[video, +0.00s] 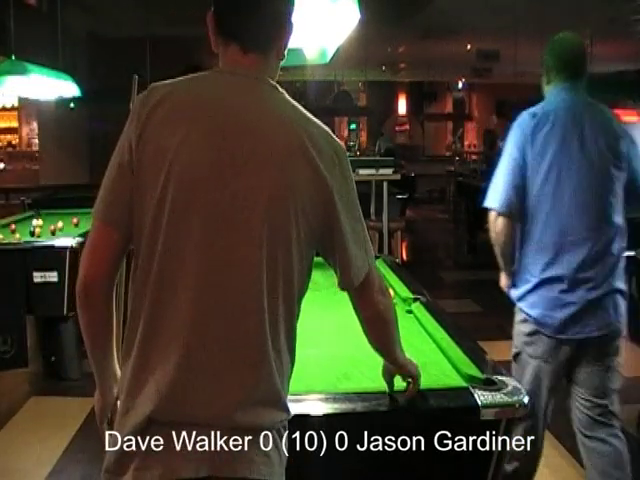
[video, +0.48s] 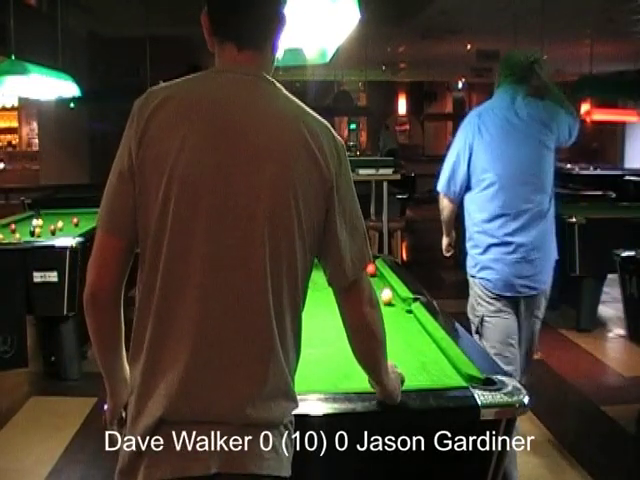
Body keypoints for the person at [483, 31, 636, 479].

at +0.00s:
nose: (542, 78)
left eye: (542, 71)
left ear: (545, 72)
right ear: (585, 70)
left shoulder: (530, 124)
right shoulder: (618, 130)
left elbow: (499, 214)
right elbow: (631, 207)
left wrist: (506, 270)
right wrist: (609, 258)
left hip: (543, 298)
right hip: (605, 298)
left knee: (525, 419)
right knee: (599, 419)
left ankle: (512, 477)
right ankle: (618, 479)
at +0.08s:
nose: (535, 75)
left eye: (531, 68)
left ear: (531, 70)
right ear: (571, 69)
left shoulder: (513, 122)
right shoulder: (596, 120)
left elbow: (482, 210)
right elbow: (620, 184)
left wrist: (488, 269)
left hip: (528, 286)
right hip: (587, 286)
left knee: (519, 407)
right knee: (580, 401)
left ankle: (510, 475)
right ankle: (602, 476)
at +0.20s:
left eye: (517, 64)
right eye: (555, 64)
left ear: (517, 66)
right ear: (556, 66)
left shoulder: (497, 114)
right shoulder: (577, 111)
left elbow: (467, 198)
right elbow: (601, 155)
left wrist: (469, 257)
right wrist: (570, 104)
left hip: (513, 266)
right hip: (569, 267)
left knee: (507, 383)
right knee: (556, 373)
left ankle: (507, 471)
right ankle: (573, 466)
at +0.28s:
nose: (558, 76)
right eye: (557, 68)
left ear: (513, 66)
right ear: (552, 68)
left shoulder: (491, 109)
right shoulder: (568, 105)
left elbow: (461, 190)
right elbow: (588, 145)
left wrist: (460, 242)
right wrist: (564, 95)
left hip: (506, 263)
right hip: (560, 264)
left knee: (506, 373)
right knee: (544, 369)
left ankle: (508, 469)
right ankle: (546, 468)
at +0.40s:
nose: (551, 77)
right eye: (549, 71)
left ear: (505, 70)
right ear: (542, 73)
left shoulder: (482, 113)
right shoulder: (556, 108)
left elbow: (453, 190)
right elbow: (575, 129)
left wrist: (452, 232)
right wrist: (556, 88)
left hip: (495, 255)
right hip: (547, 256)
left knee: (503, 362)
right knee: (530, 361)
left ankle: (501, 455)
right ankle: (513, 448)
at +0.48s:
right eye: (541, 78)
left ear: (498, 80)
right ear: (535, 81)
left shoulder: (477, 119)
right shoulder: (549, 116)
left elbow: (448, 195)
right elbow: (571, 127)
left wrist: (448, 234)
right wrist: (546, 86)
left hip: (490, 256)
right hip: (540, 255)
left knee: (500, 363)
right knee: (520, 357)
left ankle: (502, 451)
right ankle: (500, 434)